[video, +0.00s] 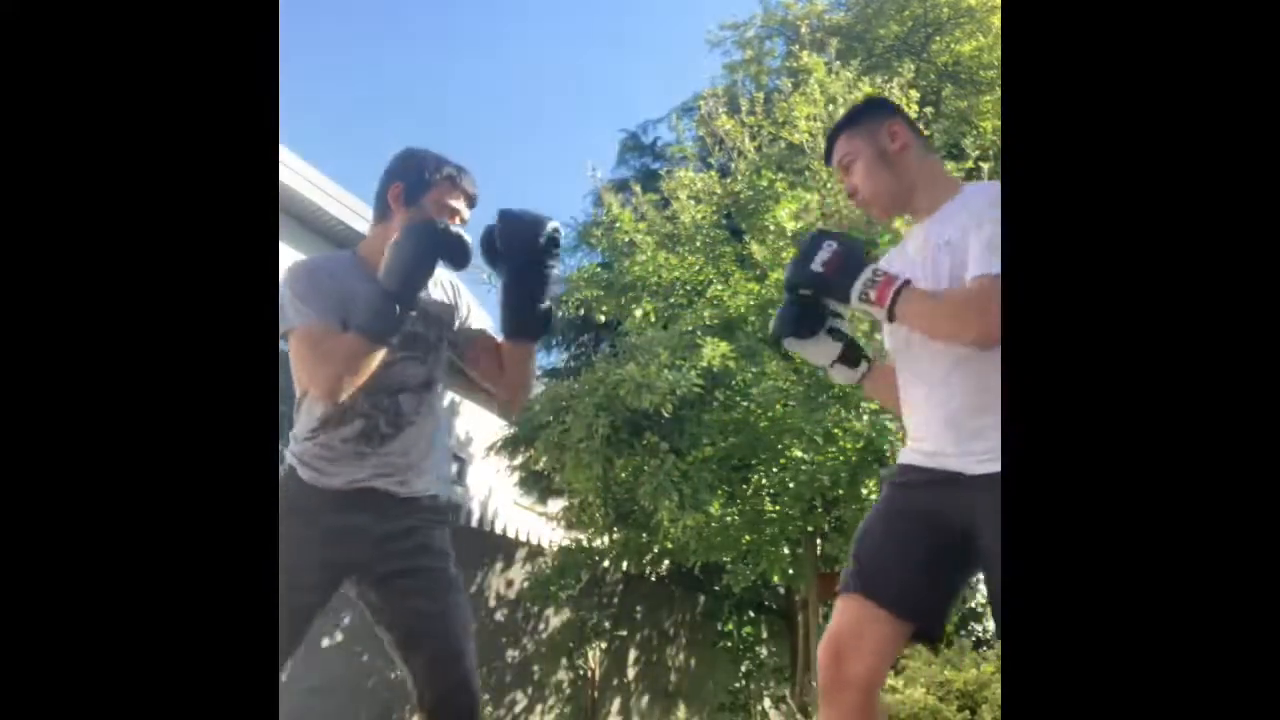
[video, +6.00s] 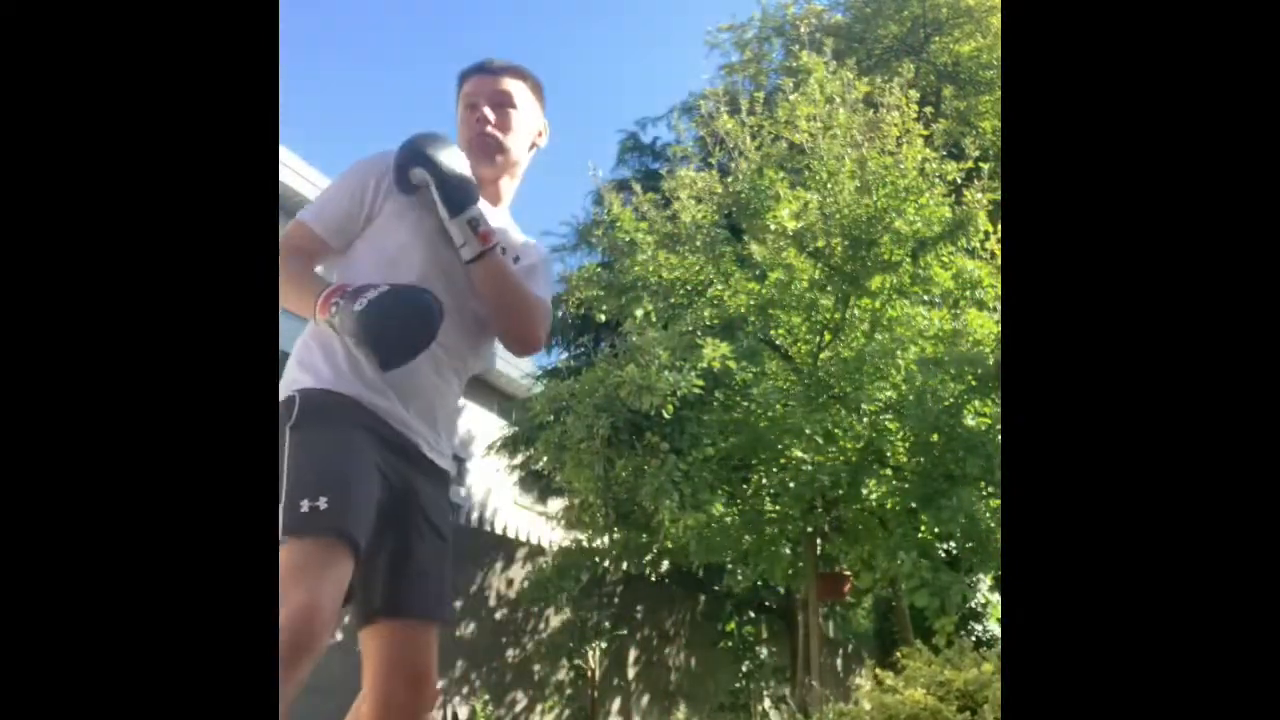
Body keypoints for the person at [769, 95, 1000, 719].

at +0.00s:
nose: (847, 190)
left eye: (850, 166)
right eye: (841, 178)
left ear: (898, 138)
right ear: (895, 149)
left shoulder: (990, 205)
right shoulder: (899, 261)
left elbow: (986, 320)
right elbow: (921, 401)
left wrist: (868, 285)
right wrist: (841, 357)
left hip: (998, 477)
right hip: (924, 478)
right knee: (845, 661)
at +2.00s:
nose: (850, 124)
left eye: (866, 98)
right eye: (843, 110)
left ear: (932, 95)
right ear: (842, 125)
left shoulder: (992, 214)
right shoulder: (833, 206)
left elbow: (994, 365)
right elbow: (784, 317)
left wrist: (887, 286)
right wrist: (789, 366)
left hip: (951, 469)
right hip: (829, 463)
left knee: (1005, 658)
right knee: (730, 684)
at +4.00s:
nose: (833, 50)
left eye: (856, 26)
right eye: (826, 38)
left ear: (919, 36)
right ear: (819, 58)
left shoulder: (976, 170)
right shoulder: (783, 158)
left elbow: (969, 283)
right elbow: (735, 284)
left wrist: (850, 189)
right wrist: (736, 303)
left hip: (910, 441)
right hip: (777, 433)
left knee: (1003, 669)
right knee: (672, 672)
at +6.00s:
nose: (484, 113)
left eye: (504, 105)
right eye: (472, 105)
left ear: (539, 137)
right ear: (455, 123)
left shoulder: (527, 252)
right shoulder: (393, 172)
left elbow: (529, 336)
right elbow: (286, 256)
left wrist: (473, 226)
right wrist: (337, 303)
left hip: (428, 451)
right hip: (338, 396)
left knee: (406, 694)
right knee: (304, 621)